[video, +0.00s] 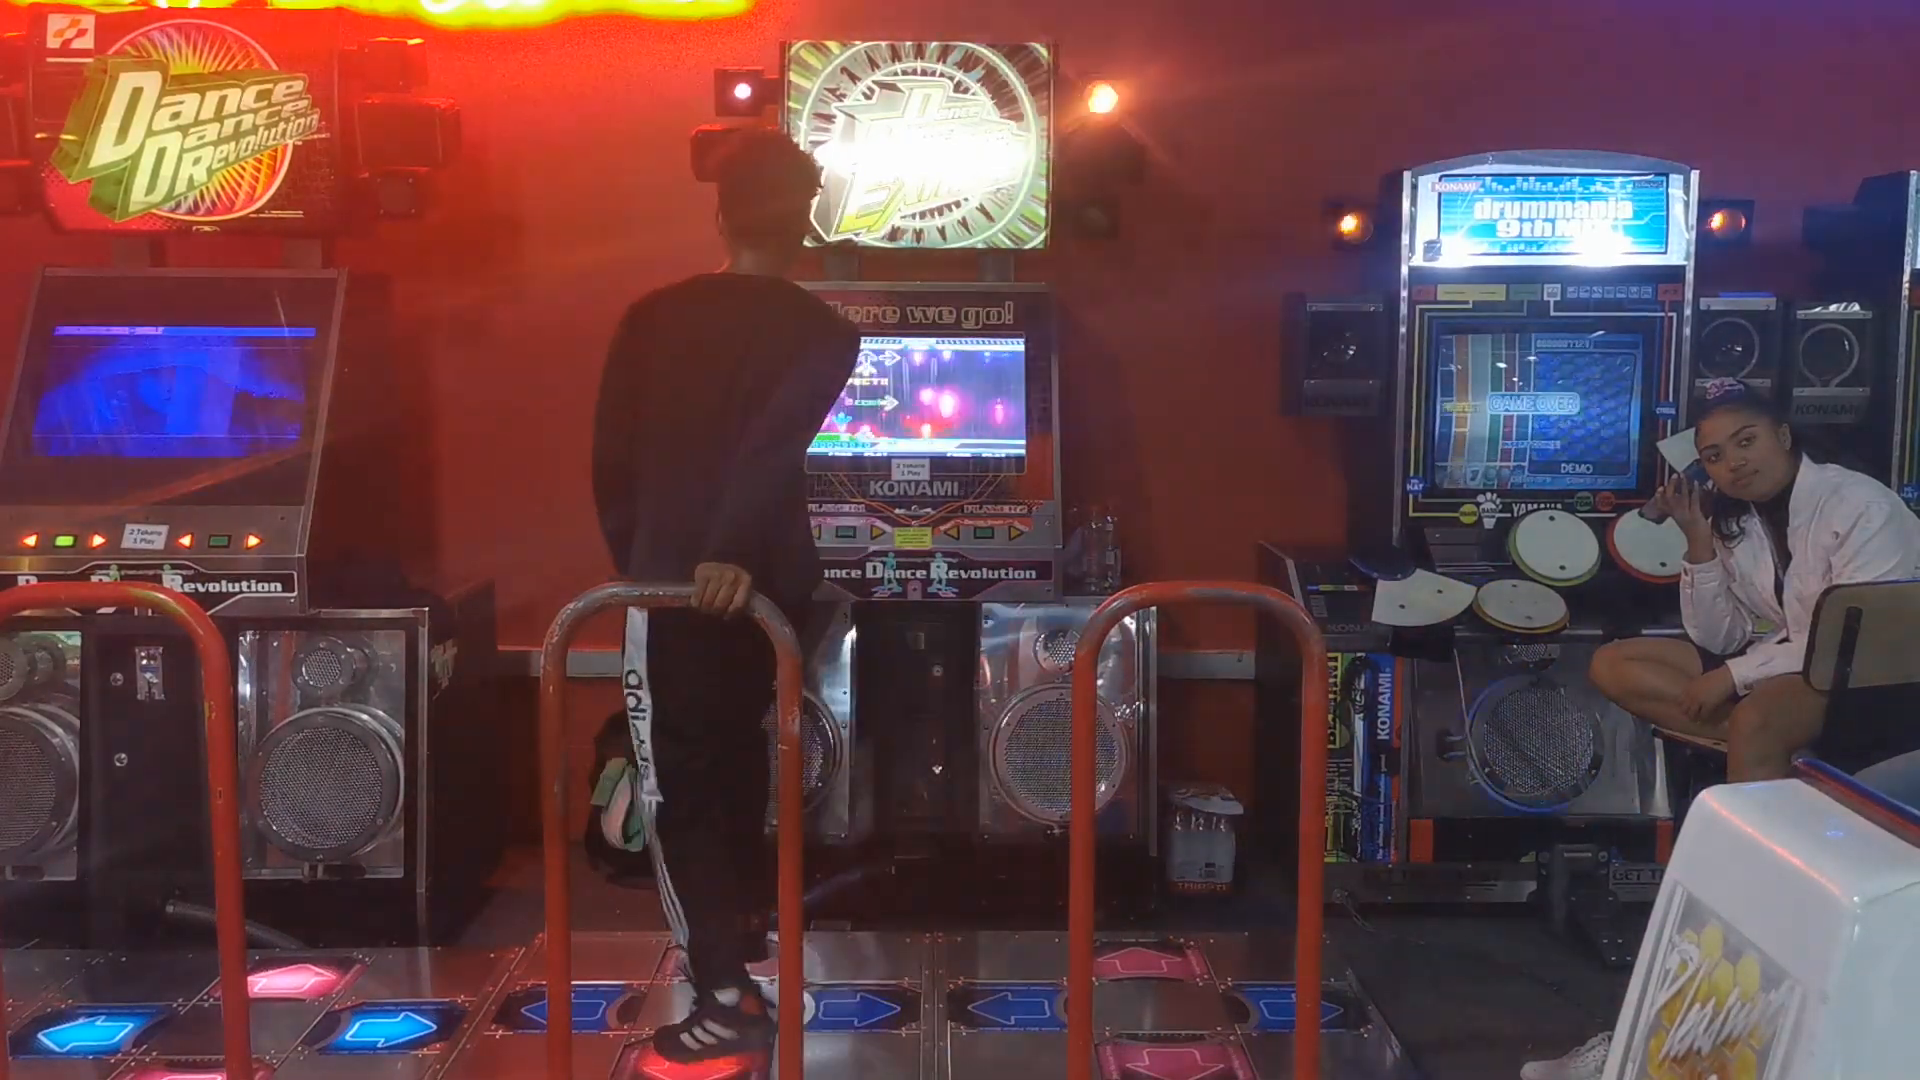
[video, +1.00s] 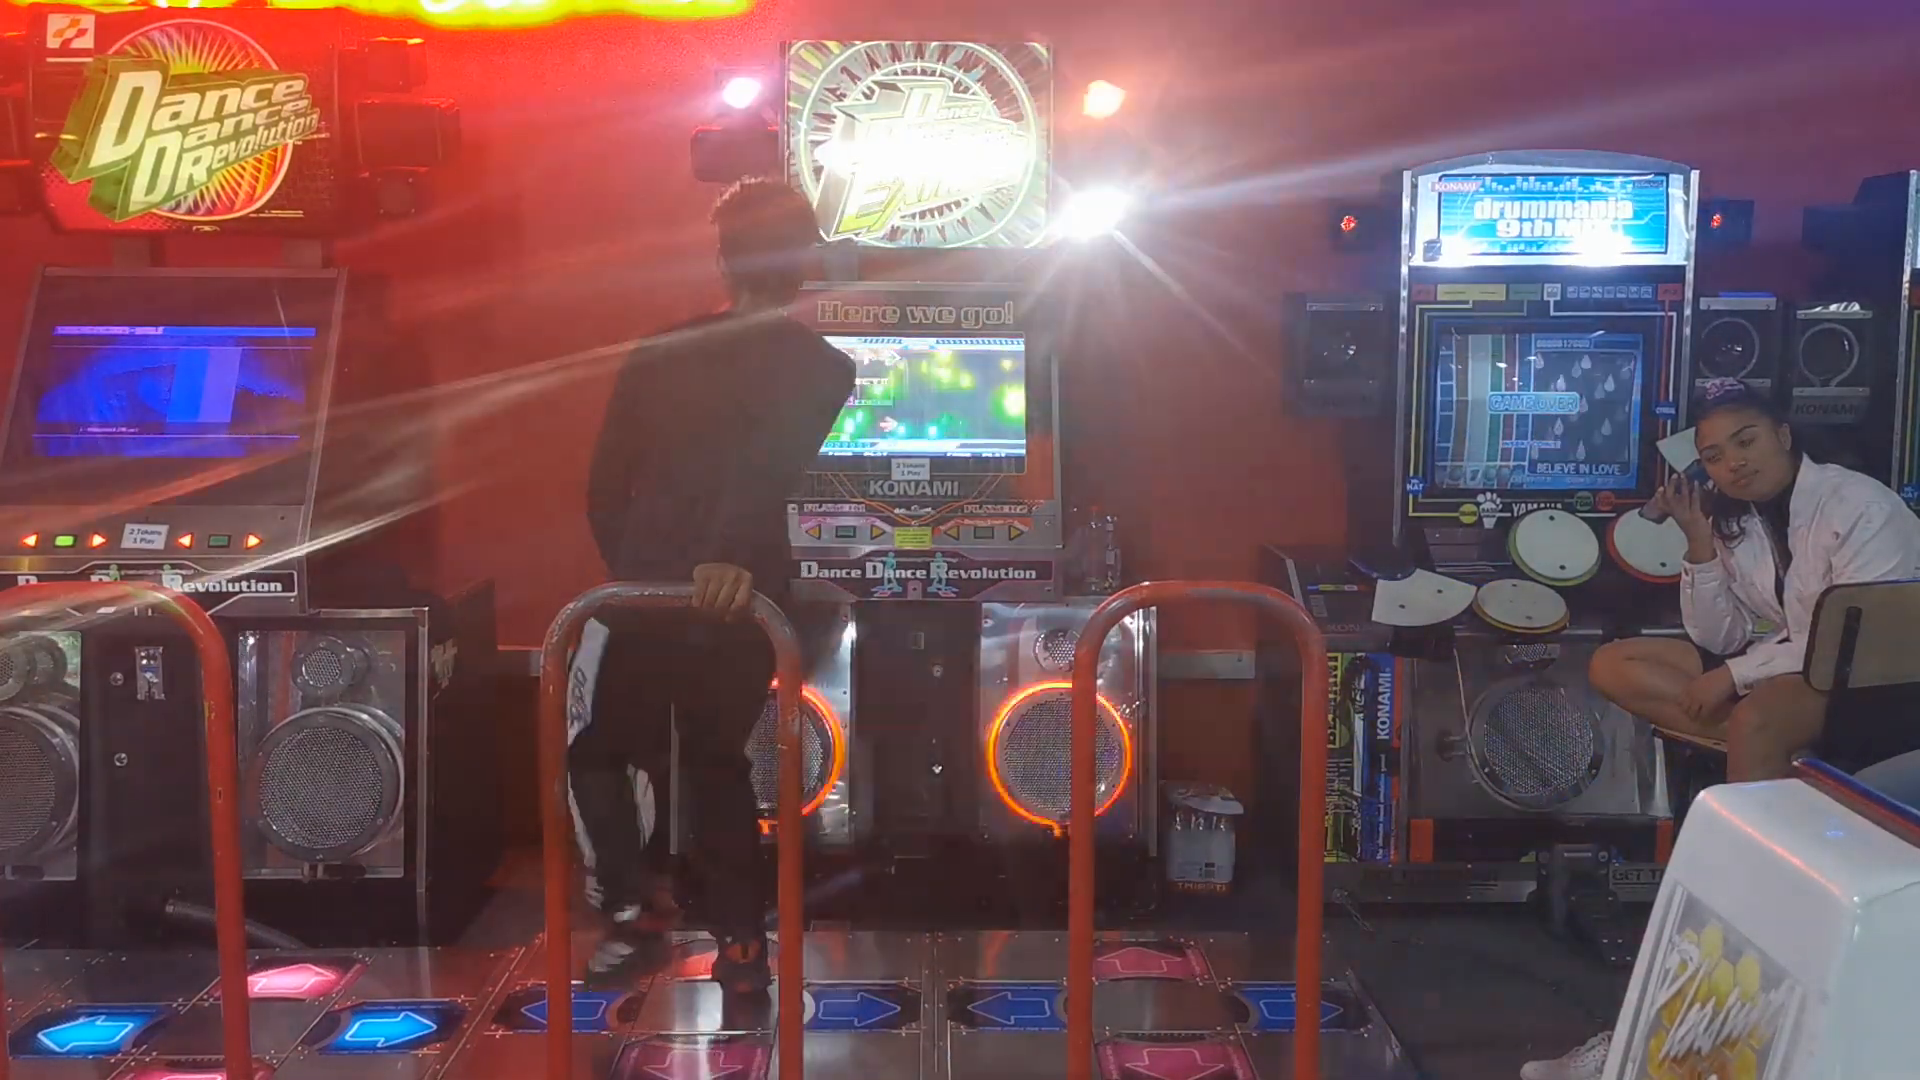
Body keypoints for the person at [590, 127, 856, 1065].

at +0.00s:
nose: (798, 229)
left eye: (767, 212)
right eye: (802, 215)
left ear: (723, 219)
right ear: (803, 221)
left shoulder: (652, 315)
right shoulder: (824, 329)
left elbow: (612, 451)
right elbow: (773, 438)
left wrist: (642, 560)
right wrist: (729, 547)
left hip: (665, 576)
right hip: (765, 576)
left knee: (680, 782)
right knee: (740, 769)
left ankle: (717, 998)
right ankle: (731, 956)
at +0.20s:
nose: (770, 256)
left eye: (773, 238)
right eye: (767, 239)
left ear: (719, 243)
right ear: (781, 245)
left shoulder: (657, 335)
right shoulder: (818, 351)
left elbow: (598, 473)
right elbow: (769, 452)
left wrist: (589, 587)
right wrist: (728, 546)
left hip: (650, 592)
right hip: (755, 593)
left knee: (623, 761)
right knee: (738, 775)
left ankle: (631, 932)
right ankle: (723, 955)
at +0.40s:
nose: (801, 242)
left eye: (785, 229)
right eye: (799, 230)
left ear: (716, 235)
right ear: (795, 237)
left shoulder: (647, 322)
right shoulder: (816, 332)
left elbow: (587, 460)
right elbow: (768, 438)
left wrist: (590, 577)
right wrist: (724, 546)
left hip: (640, 575)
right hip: (747, 573)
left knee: (622, 779)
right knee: (778, 759)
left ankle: (582, 982)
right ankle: (774, 941)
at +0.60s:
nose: (817, 252)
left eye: (796, 236)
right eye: (819, 239)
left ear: (739, 241)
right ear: (818, 245)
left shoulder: (671, 329)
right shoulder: (837, 348)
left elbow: (613, 465)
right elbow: (783, 449)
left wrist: (609, 583)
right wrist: (723, 545)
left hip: (670, 578)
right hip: (777, 579)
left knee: (628, 754)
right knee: (789, 766)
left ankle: (651, 928)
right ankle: (810, 963)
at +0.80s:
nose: (817, 238)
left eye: (800, 223)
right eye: (816, 226)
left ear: (727, 230)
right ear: (810, 232)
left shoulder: (656, 324)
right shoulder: (826, 334)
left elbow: (607, 459)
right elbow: (776, 442)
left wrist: (625, 572)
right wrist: (733, 547)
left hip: (654, 586)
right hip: (759, 582)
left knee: (684, 794)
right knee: (767, 776)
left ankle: (735, 1002)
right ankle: (770, 965)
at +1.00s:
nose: (774, 275)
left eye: (768, 261)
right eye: (780, 261)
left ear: (726, 268)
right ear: (804, 272)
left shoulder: (658, 350)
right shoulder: (821, 362)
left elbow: (605, 483)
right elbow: (771, 459)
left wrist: (646, 566)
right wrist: (732, 550)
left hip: (644, 596)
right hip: (745, 591)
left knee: (593, 749)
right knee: (716, 753)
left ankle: (629, 909)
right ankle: (738, 941)